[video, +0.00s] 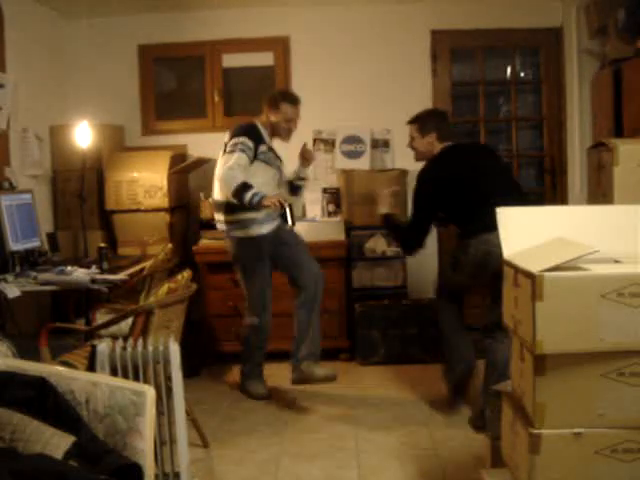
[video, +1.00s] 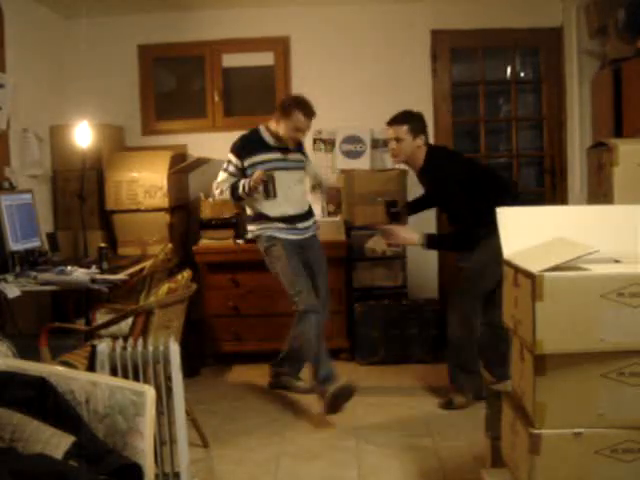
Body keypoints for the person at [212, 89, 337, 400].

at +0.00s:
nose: (291, 127)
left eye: (294, 121)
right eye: (286, 119)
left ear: (296, 120)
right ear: (268, 113)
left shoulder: (271, 150)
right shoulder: (245, 138)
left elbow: (285, 197)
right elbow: (228, 178)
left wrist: (302, 168)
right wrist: (259, 199)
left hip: (277, 230)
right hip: (247, 236)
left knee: (311, 279)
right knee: (258, 309)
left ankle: (305, 363)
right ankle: (252, 375)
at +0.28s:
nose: (306, 110)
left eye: (310, 105)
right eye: (303, 102)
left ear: (310, 105)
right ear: (284, 93)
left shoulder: (295, 144)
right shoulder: (253, 114)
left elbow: (311, 184)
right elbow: (230, 146)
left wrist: (324, 148)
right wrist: (261, 174)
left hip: (285, 218)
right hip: (251, 218)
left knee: (317, 284)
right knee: (263, 297)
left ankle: (307, 361)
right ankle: (253, 371)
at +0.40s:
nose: (315, 115)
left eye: (319, 109)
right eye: (310, 108)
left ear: (322, 111)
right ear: (294, 103)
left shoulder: (307, 148)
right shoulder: (266, 119)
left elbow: (328, 183)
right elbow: (233, 149)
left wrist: (335, 146)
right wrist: (259, 175)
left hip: (292, 223)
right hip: (259, 220)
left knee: (312, 296)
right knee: (292, 289)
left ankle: (312, 377)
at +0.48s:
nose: (322, 136)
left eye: (327, 130)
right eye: (317, 128)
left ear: (331, 129)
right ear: (301, 123)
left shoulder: (319, 168)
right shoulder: (272, 133)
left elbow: (331, 194)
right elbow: (231, 159)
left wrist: (346, 183)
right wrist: (253, 180)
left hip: (295, 230)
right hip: (260, 221)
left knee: (328, 297)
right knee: (316, 262)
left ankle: (314, 377)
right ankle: (272, 283)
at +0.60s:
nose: (316, 118)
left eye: (322, 112)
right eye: (312, 110)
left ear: (327, 111)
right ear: (297, 102)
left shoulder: (321, 148)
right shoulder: (269, 119)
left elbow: (335, 179)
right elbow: (231, 144)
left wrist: (353, 205)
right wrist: (245, 170)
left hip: (296, 216)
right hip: (260, 207)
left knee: (312, 289)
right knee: (316, 228)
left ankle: (313, 378)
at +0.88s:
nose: (299, 125)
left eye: (304, 119)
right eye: (294, 118)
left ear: (309, 115)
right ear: (277, 109)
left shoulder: (310, 143)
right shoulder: (248, 132)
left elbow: (322, 191)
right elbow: (223, 170)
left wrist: (323, 231)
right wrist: (244, 173)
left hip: (306, 221)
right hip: (269, 217)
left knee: (310, 290)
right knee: (315, 268)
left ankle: (282, 367)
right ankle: (356, 337)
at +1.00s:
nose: (300, 138)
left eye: (303, 132)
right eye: (296, 131)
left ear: (304, 127)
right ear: (279, 119)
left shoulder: (297, 147)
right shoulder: (247, 145)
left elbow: (310, 180)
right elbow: (220, 187)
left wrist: (323, 189)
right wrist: (246, 185)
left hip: (306, 233)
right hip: (273, 236)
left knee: (318, 304)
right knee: (307, 304)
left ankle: (285, 371)